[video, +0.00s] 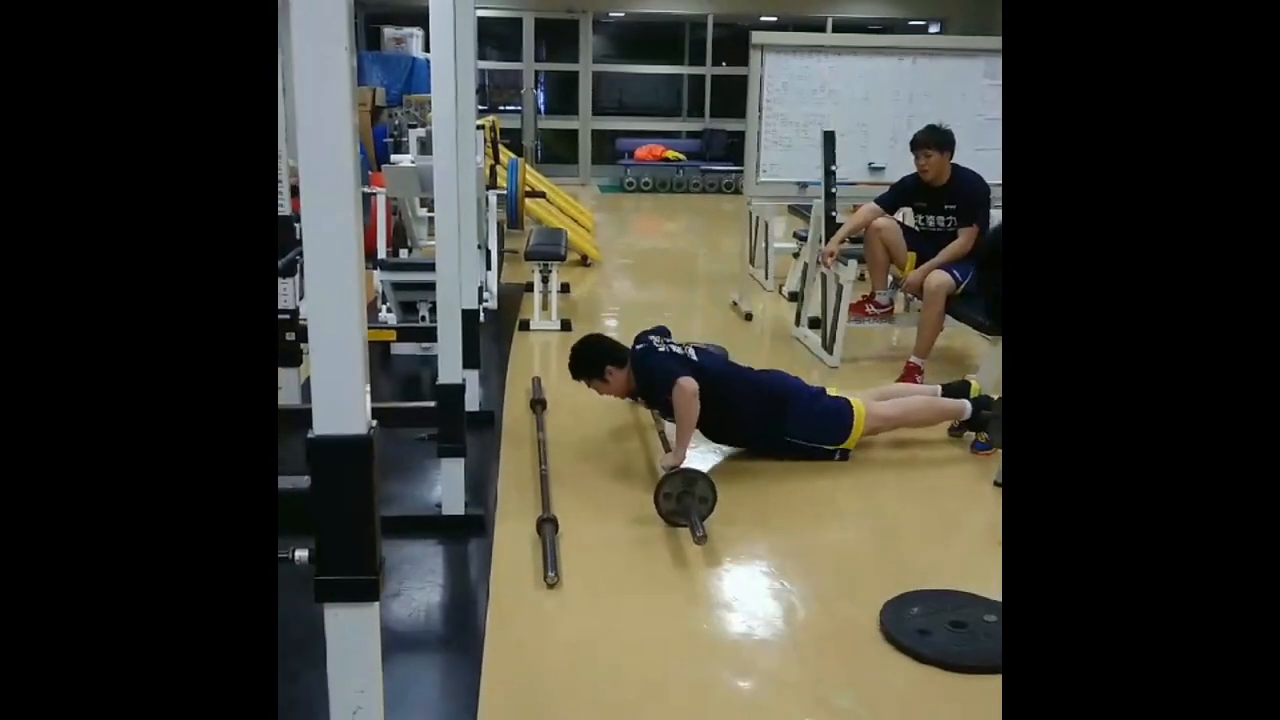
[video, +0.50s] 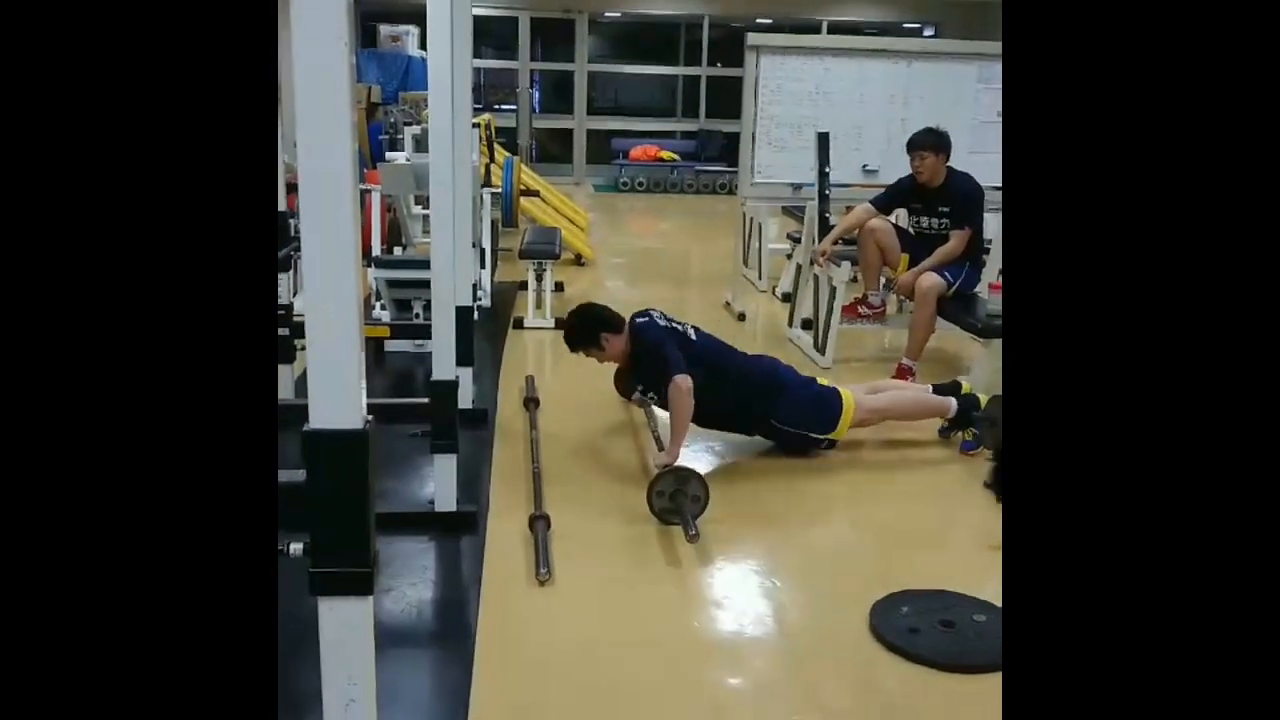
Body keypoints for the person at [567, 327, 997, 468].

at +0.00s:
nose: (601, 394)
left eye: (597, 387)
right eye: (594, 389)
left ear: (608, 374)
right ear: (611, 358)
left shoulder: (649, 367)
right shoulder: (644, 348)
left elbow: (688, 388)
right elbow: (681, 364)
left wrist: (679, 452)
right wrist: (671, 414)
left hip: (780, 414)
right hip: (774, 395)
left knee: (873, 419)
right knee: (863, 406)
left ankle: (971, 408)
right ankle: (949, 391)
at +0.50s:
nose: (599, 360)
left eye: (595, 353)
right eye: (591, 354)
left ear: (607, 338)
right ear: (609, 325)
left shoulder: (652, 345)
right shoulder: (641, 321)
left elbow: (683, 389)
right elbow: (648, 359)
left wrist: (672, 454)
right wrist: (628, 377)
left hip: (772, 398)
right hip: (764, 383)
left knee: (863, 410)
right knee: (854, 398)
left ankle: (959, 405)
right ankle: (945, 396)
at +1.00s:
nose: (626, 335)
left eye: (621, 328)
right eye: (620, 331)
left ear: (636, 314)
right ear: (638, 307)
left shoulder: (673, 316)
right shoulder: (653, 298)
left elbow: (674, 392)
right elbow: (651, 347)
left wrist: (664, 457)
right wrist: (639, 390)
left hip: (793, 264)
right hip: (761, 258)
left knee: (745, 350)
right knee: (718, 343)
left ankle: (804, 424)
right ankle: (773, 401)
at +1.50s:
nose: (613, 240)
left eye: (617, 231)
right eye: (613, 232)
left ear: (643, 234)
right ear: (644, 233)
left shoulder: (683, 261)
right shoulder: (666, 257)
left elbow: (697, 326)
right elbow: (660, 300)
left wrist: (681, 396)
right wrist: (650, 340)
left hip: (790, 297)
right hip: (764, 292)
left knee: (713, 368)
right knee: (699, 362)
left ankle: (732, 473)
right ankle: (717, 454)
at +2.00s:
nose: (731, 47)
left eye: (740, 41)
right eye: (734, 40)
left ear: (761, 53)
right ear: (753, 52)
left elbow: (785, 129)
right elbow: (681, 100)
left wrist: (743, 96)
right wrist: (682, 93)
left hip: (719, 232)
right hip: (686, 226)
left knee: (707, 346)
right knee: (679, 322)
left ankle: (736, 454)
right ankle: (705, 410)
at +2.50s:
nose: (726, 86)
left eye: (737, 78)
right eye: (726, 79)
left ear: (755, 90)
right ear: (725, 90)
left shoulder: (754, 138)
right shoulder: (722, 130)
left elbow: (749, 68)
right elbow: (717, 67)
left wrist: (748, 9)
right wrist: (713, 18)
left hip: (723, 271)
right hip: (695, 266)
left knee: (719, 383)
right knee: (691, 361)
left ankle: (746, 495)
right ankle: (716, 442)